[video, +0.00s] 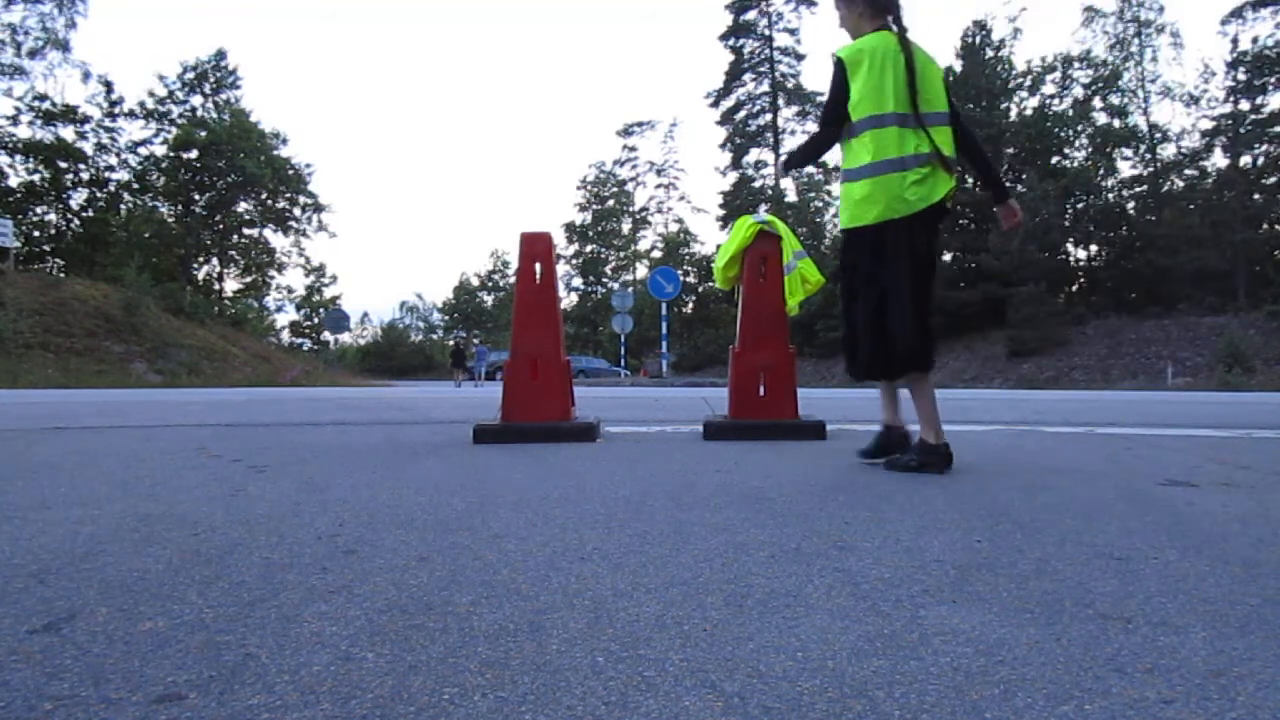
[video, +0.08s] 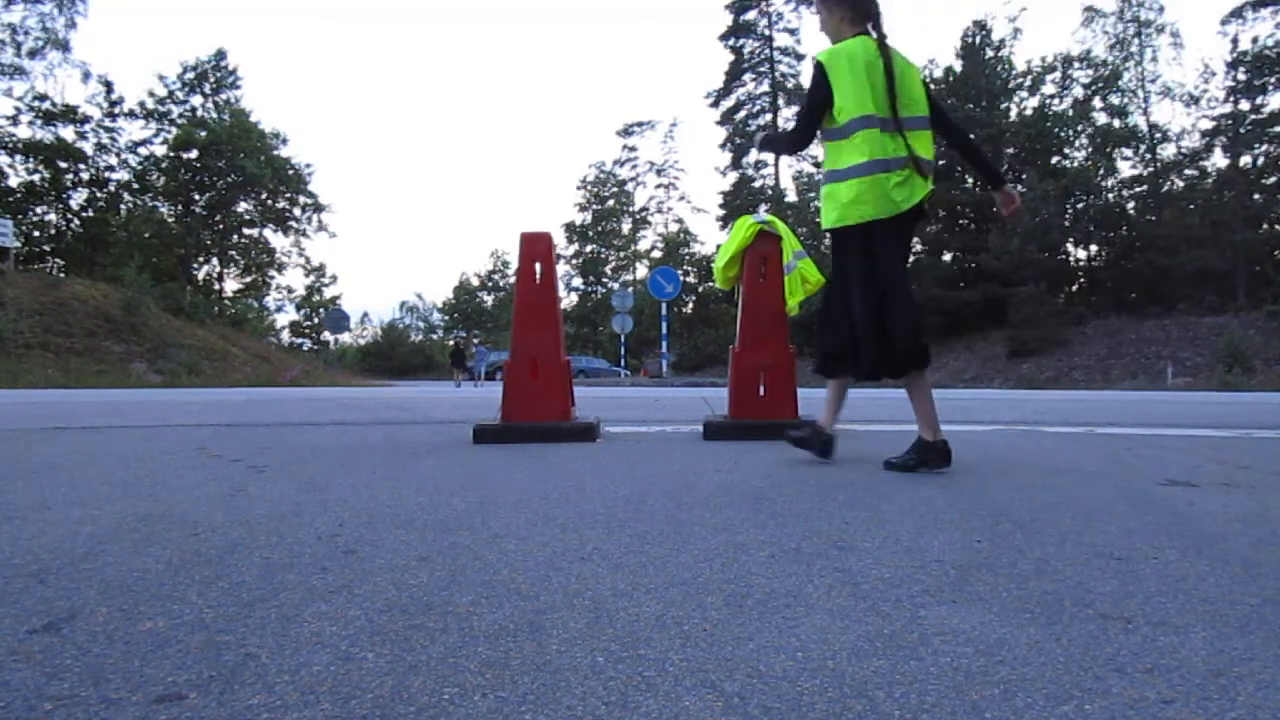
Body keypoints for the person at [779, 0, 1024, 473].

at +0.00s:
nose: (840, 20)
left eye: (841, 10)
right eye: (839, 11)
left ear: (859, 9)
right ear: (885, 11)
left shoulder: (853, 56)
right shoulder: (926, 62)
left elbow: (831, 129)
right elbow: (959, 132)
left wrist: (788, 162)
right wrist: (999, 195)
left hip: (872, 211)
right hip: (920, 205)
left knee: (888, 322)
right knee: (892, 320)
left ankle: (931, 444)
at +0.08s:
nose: (819, 23)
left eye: (822, 13)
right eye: (819, 15)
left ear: (843, 14)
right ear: (866, 16)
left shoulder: (832, 62)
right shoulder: (903, 66)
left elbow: (798, 139)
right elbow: (949, 129)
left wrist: (766, 139)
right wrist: (996, 182)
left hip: (857, 211)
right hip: (902, 206)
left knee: (894, 319)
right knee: (845, 314)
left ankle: (932, 440)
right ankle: (823, 428)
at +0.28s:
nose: (770, 45)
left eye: (772, 36)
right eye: (770, 37)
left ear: (793, 36)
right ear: (812, 38)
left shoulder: (783, 82)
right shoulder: (846, 91)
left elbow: (749, 159)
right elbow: (887, 157)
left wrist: (700, 186)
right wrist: (936, 206)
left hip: (804, 230)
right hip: (839, 227)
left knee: (846, 331)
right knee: (785, 325)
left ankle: (912, 425)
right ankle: (765, 433)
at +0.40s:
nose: (743, 43)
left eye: (748, 34)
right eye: (745, 34)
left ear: (768, 37)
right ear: (784, 38)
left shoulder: (756, 86)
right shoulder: (810, 95)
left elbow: (729, 158)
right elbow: (833, 161)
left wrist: (680, 220)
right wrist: (866, 213)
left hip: (769, 230)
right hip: (805, 228)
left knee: (784, 328)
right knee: (762, 328)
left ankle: (858, 401)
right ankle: (761, 434)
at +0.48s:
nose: (722, 39)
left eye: (728, 31)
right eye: (725, 31)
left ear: (750, 35)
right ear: (764, 37)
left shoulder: (745, 81)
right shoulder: (783, 87)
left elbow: (728, 148)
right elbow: (791, 159)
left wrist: (697, 198)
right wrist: (803, 223)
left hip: (753, 230)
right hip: (780, 228)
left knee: (740, 331)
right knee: (755, 330)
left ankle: (808, 403)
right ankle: (759, 433)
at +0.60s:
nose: (699, 29)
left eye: (705, 20)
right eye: (701, 21)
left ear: (726, 26)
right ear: (734, 29)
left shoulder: (735, 69)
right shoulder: (742, 75)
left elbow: (749, 107)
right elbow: (755, 149)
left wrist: (746, 130)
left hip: (728, 227)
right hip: (750, 226)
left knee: (697, 319)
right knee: (750, 326)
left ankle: (716, 422)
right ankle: (757, 432)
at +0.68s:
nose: (684, 25)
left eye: (691, 18)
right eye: (686, 18)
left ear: (714, 26)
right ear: (712, 27)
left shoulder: (726, 68)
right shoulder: (711, 77)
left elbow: (751, 93)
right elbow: (706, 136)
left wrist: (773, 100)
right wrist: (672, 156)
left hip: (714, 225)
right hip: (728, 224)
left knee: (678, 323)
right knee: (742, 328)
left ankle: (660, 430)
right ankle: (756, 433)